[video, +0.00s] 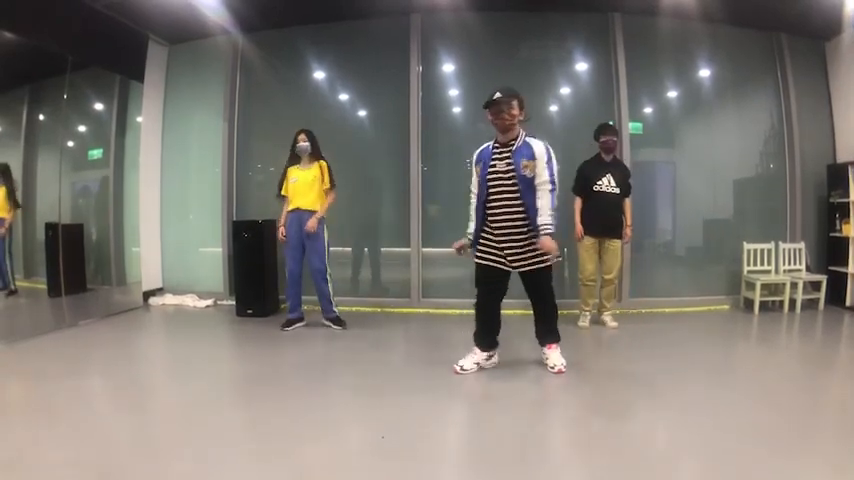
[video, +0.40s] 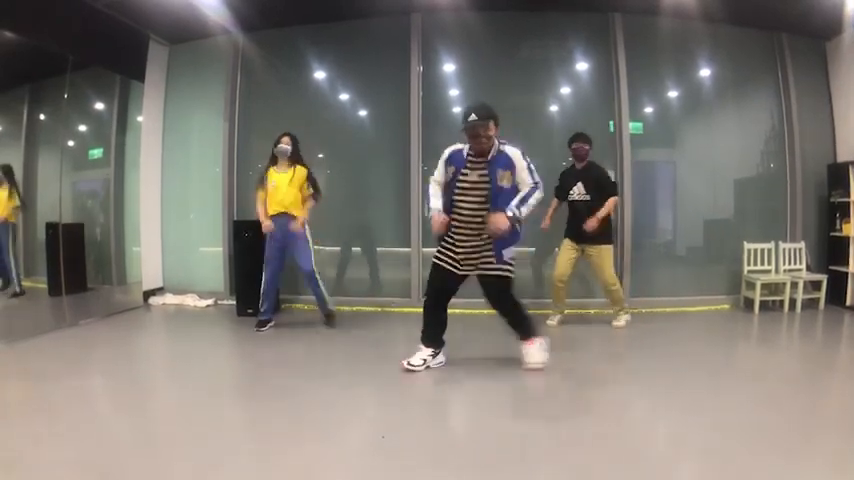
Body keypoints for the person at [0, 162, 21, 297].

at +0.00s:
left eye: (0, 173)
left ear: (3, 174)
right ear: (8, 173)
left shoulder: (6, 189)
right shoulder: (7, 188)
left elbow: (12, 208)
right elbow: (12, 208)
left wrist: (5, 225)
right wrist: (6, 224)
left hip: (4, 222)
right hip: (4, 222)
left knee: (5, 254)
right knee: (5, 254)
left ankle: (11, 285)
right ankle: (5, 283)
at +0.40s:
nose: (0, 177)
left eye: (1, 174)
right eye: (1, 174)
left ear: (5, 175)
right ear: (7, 174)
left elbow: (13, 205)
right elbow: (9, 205)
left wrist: (5, 216)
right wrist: (5, 215)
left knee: (9, 254)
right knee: (4, 254)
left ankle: (17, 286)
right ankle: (5, 280)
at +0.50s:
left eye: (1, 175)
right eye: (1, 175)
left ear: (6, 176)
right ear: (9, 175)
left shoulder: (9, 190)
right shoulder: (11, 189)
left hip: (7, 220)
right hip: (6, 220)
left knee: (9, 253)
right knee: (6, 253)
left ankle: (18, 287)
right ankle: (17, 285)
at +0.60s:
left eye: (1, 175)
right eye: (1, 175)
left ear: (5, 176)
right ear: (10, 175)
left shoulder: (7, 190)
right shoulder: (12, 190)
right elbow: (14, 207)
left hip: (6, 222)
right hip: (7, 221)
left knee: (7, 255)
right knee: (6, 255)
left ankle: (19, 287)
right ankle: (18, 286)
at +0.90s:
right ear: (3, 182)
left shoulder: (4, 193)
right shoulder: (5, 193)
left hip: (2, 226)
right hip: (3, 226)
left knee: (3, 261)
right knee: (4, 261)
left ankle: (18, 287)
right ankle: (18, 287)